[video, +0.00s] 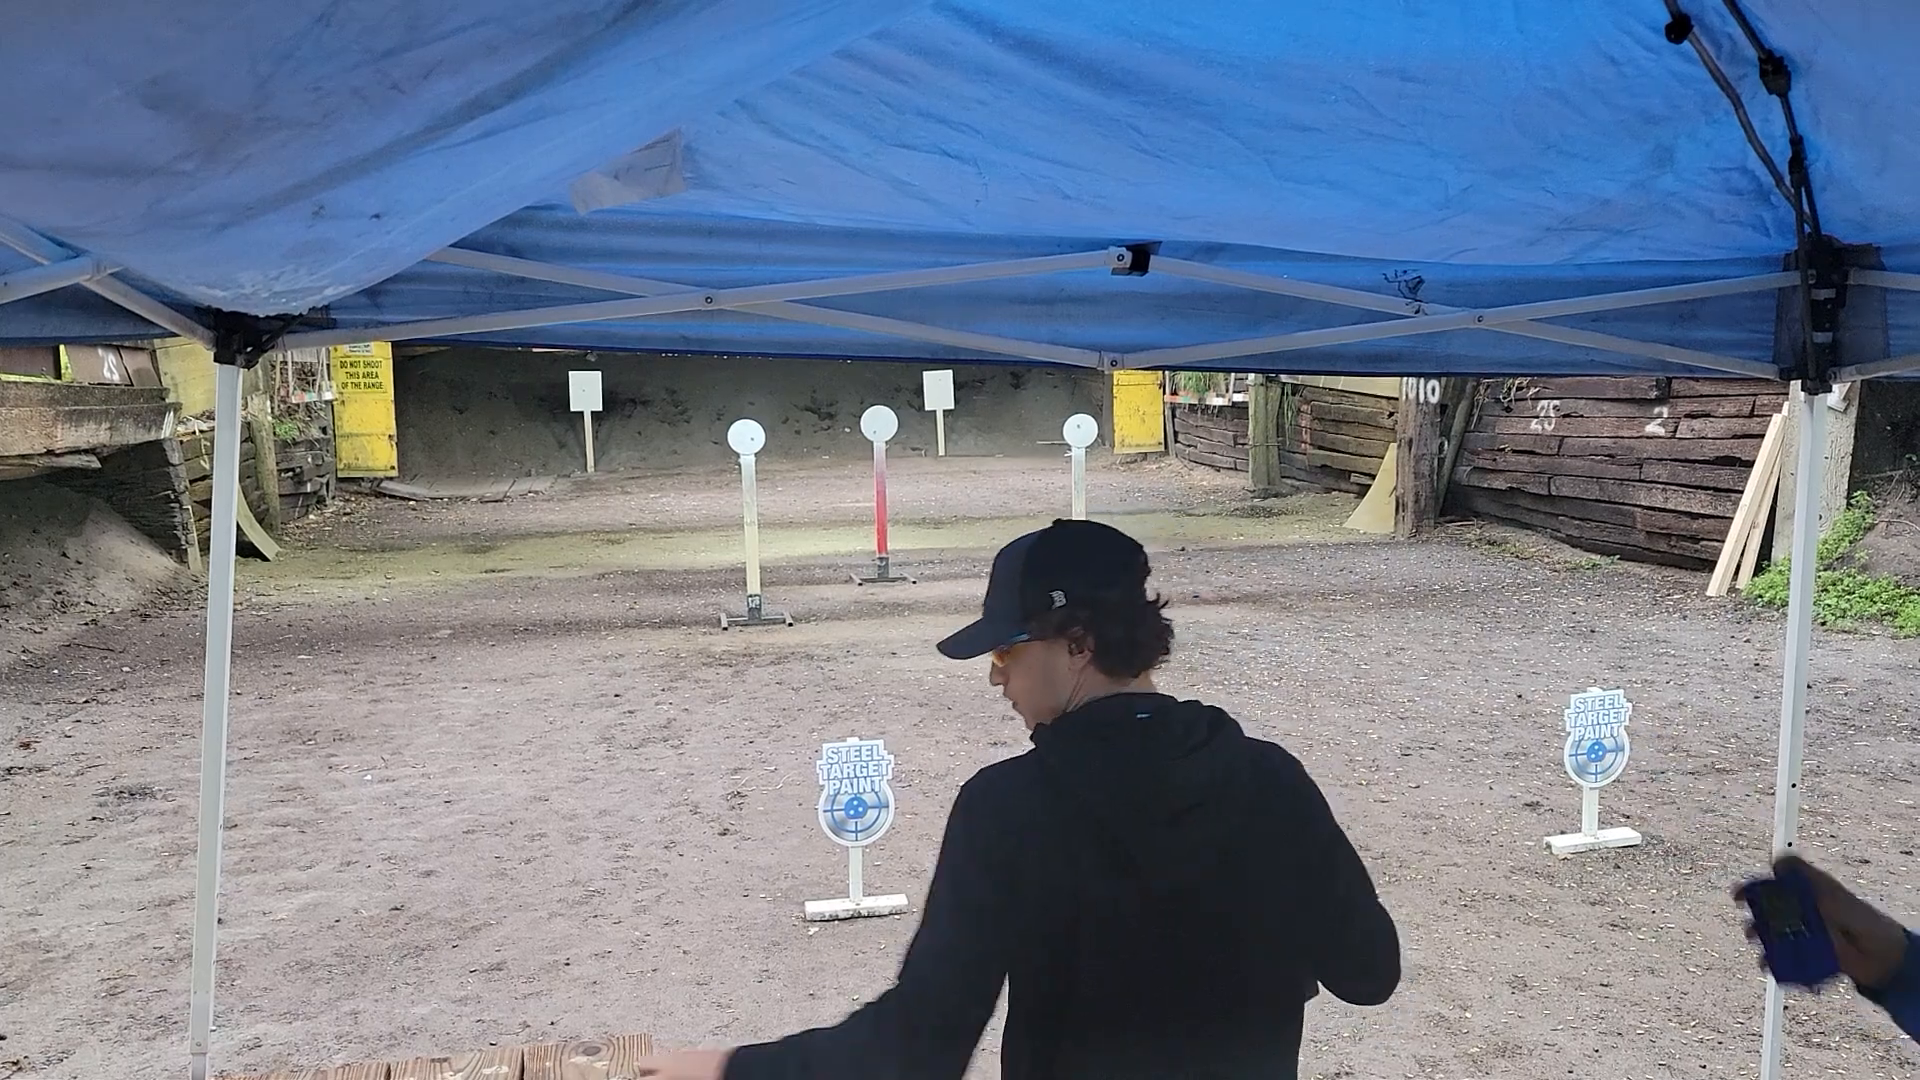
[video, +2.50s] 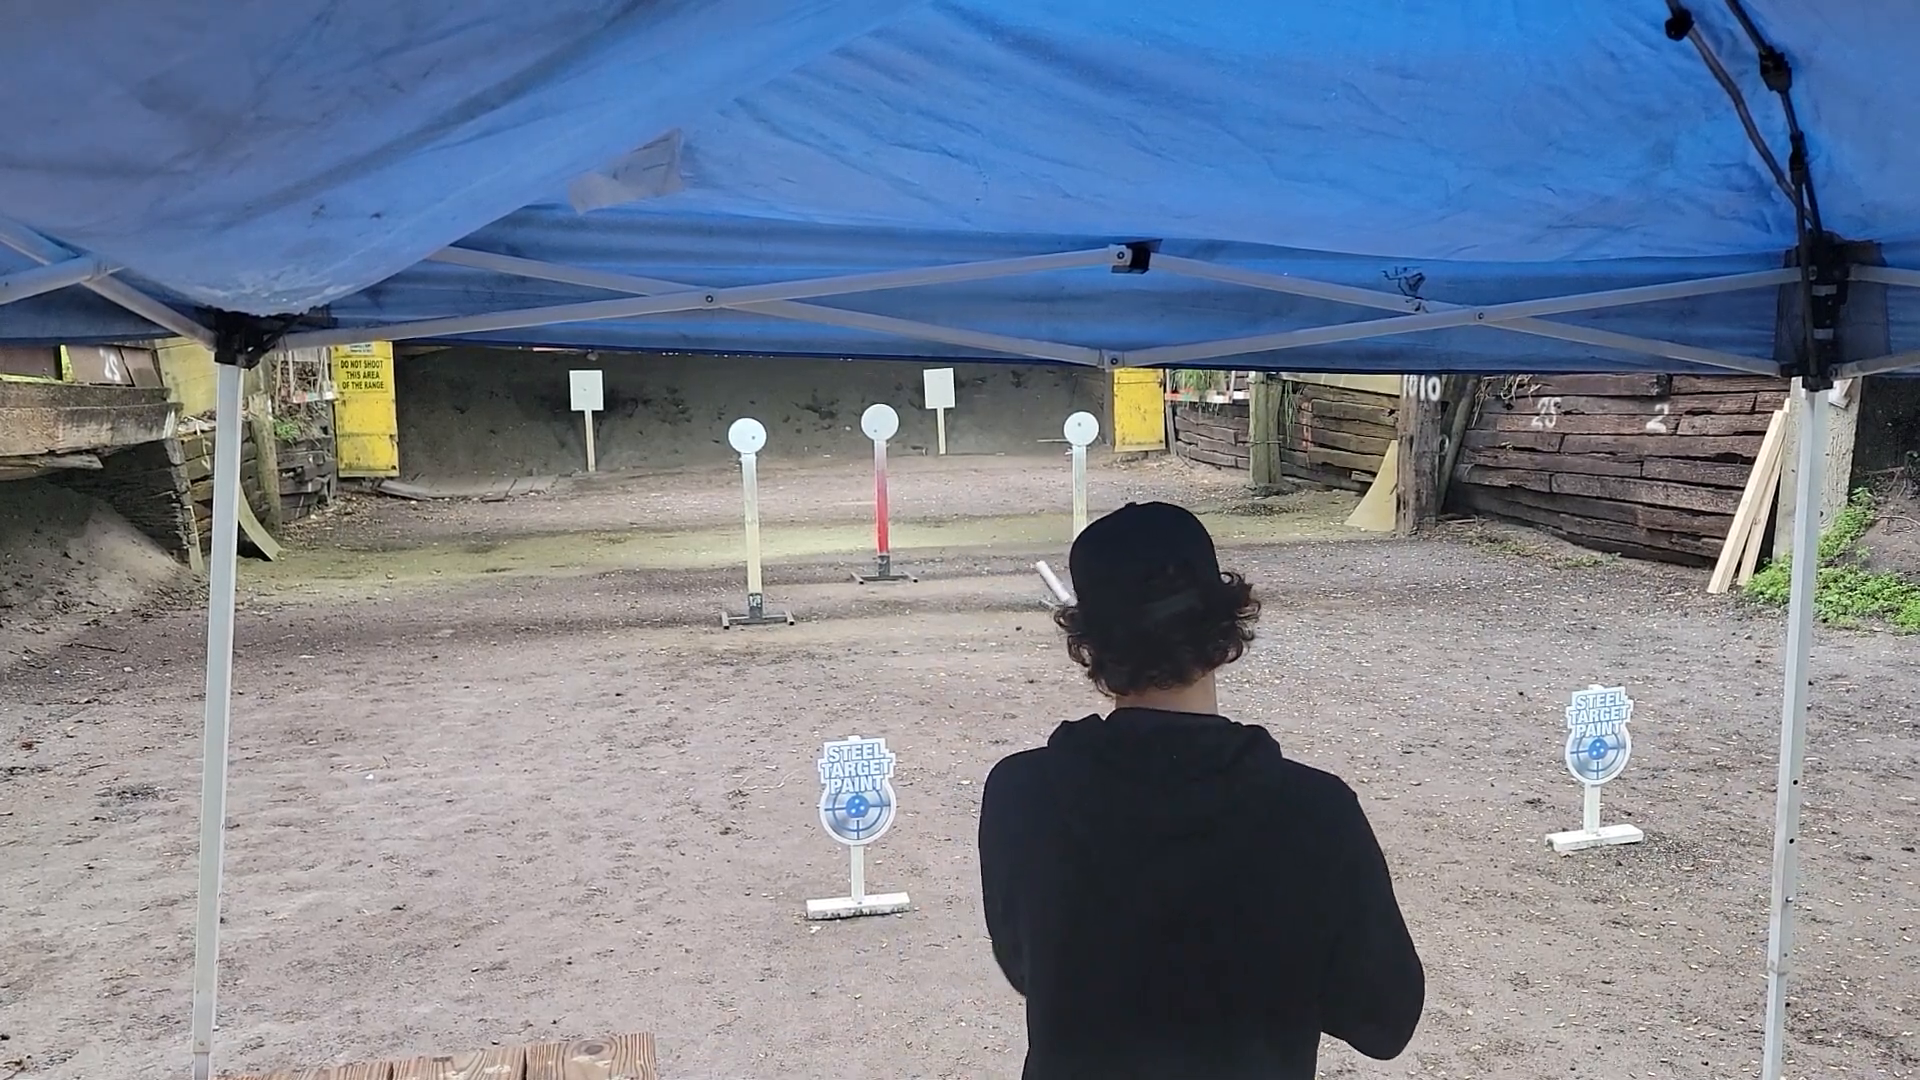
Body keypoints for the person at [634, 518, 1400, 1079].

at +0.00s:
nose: (995, 672)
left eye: (1008, 647)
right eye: (996, 648)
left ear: (1075, 644)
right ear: (1124, 639)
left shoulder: (1010, 804)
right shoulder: (1269, 778)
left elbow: (925, 1039)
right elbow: (1372, 972)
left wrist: (734, 1066)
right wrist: (1251, 901)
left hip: (1070, 1062)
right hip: (1248, 1069)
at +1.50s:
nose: (1016, 636)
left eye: (1014, 620)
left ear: (1021, 640)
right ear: (1162, 625)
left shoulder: (987, 818)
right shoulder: (1258, 784)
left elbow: (910, 1055)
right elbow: (1344, 980)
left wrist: (686, 1060)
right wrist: (1230, 893)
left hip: (1053, 1067)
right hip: (1226, 1071)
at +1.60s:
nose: (1022, 636)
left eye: (1023, 617)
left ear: (1032, 638)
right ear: (1166, 623)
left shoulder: (992, 821)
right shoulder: (1265, 788)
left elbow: (941, 1054)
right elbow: (1347, 988)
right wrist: (1221, 900)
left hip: (1058, 1072)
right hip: (1236, 1073)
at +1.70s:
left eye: (1034, 622)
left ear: (1043, 642)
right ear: (1178, 621)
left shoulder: (992, 821)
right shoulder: (1277, 793)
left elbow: (950, 1057)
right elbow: (1356, 994)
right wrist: (1236, 908)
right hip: (1235, 1071)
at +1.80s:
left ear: (1053, 645)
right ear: (1190, 624)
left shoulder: (994, 814)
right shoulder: (1285, 797)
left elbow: (960, 1030)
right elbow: (1365, 1000)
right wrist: (1241, 928)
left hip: (1061, 1070)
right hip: (1242, 1068)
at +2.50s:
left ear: (1086, 637)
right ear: (1225, 619)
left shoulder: (1019, 792)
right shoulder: (1317, 809)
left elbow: (1022, 965)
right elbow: (1387, 1023)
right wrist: (1264, 942)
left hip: (1068, 1072)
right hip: (1261, 1072)